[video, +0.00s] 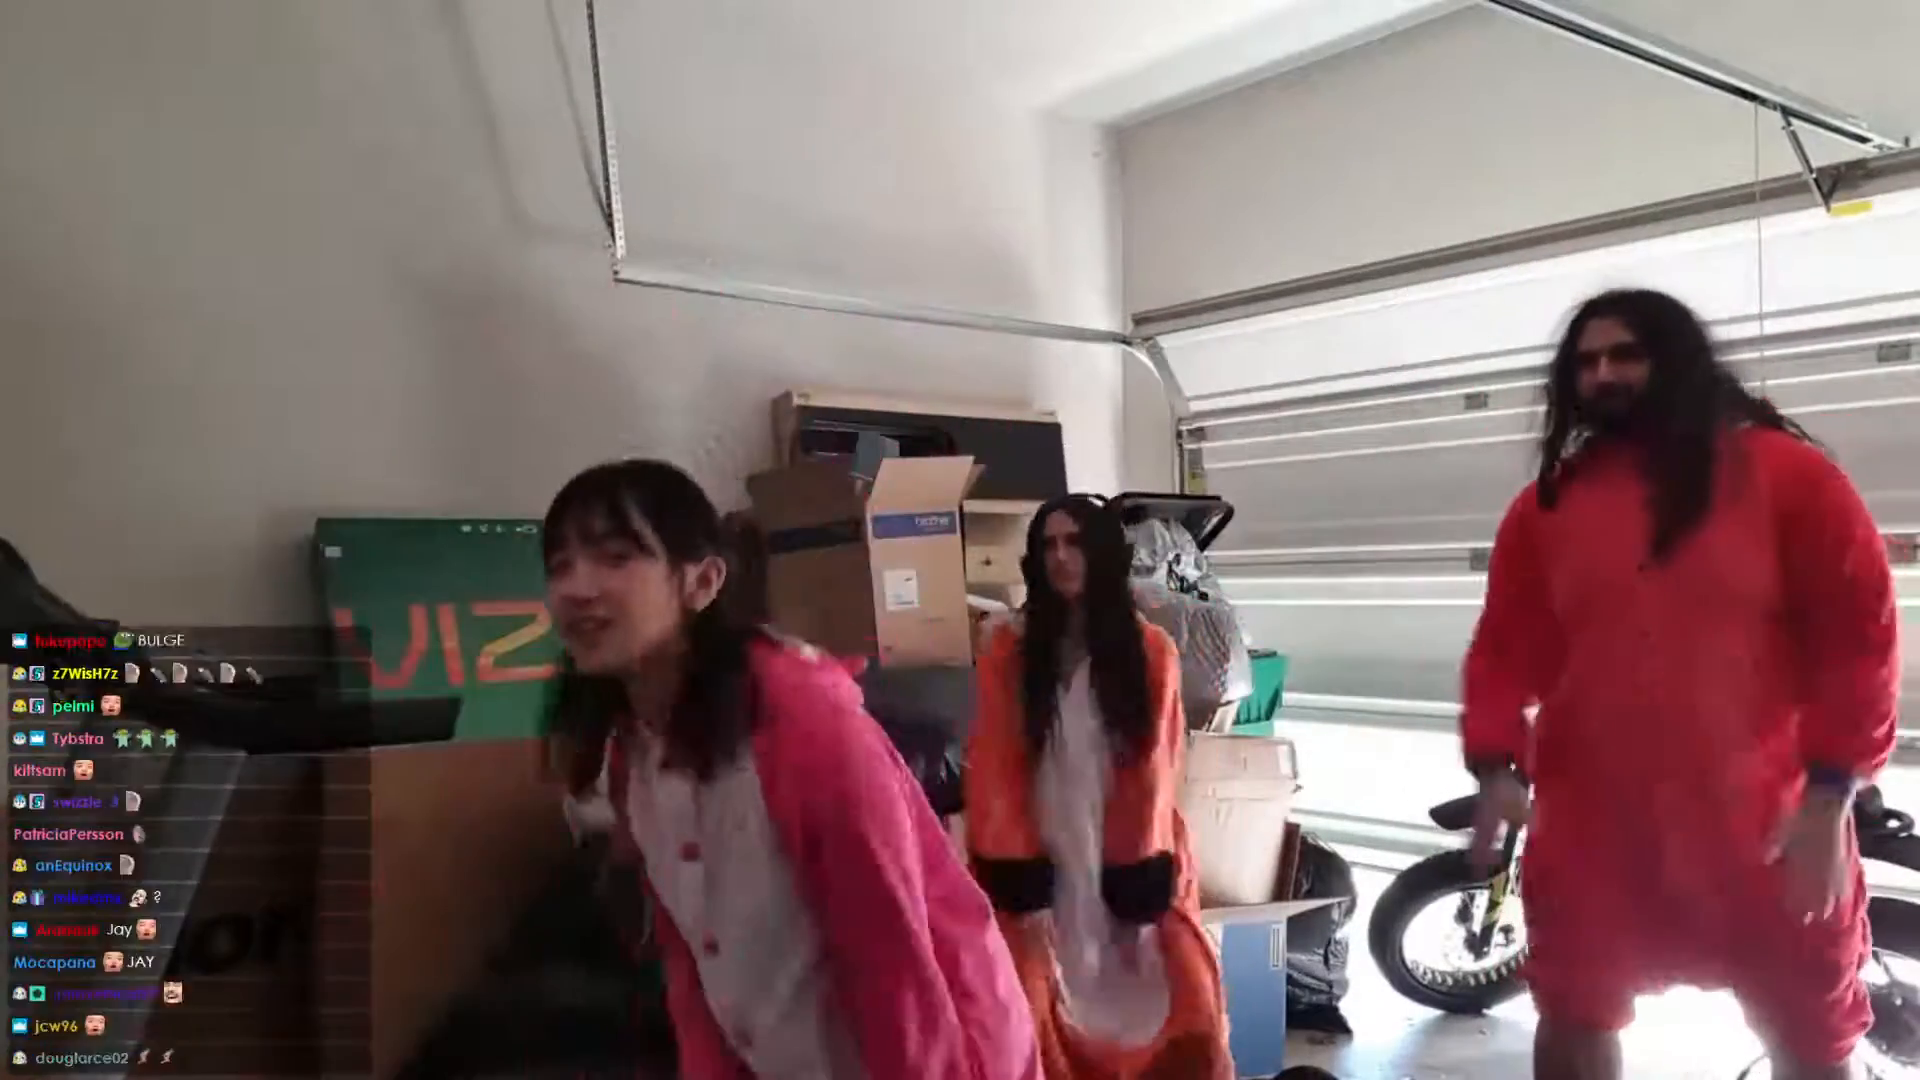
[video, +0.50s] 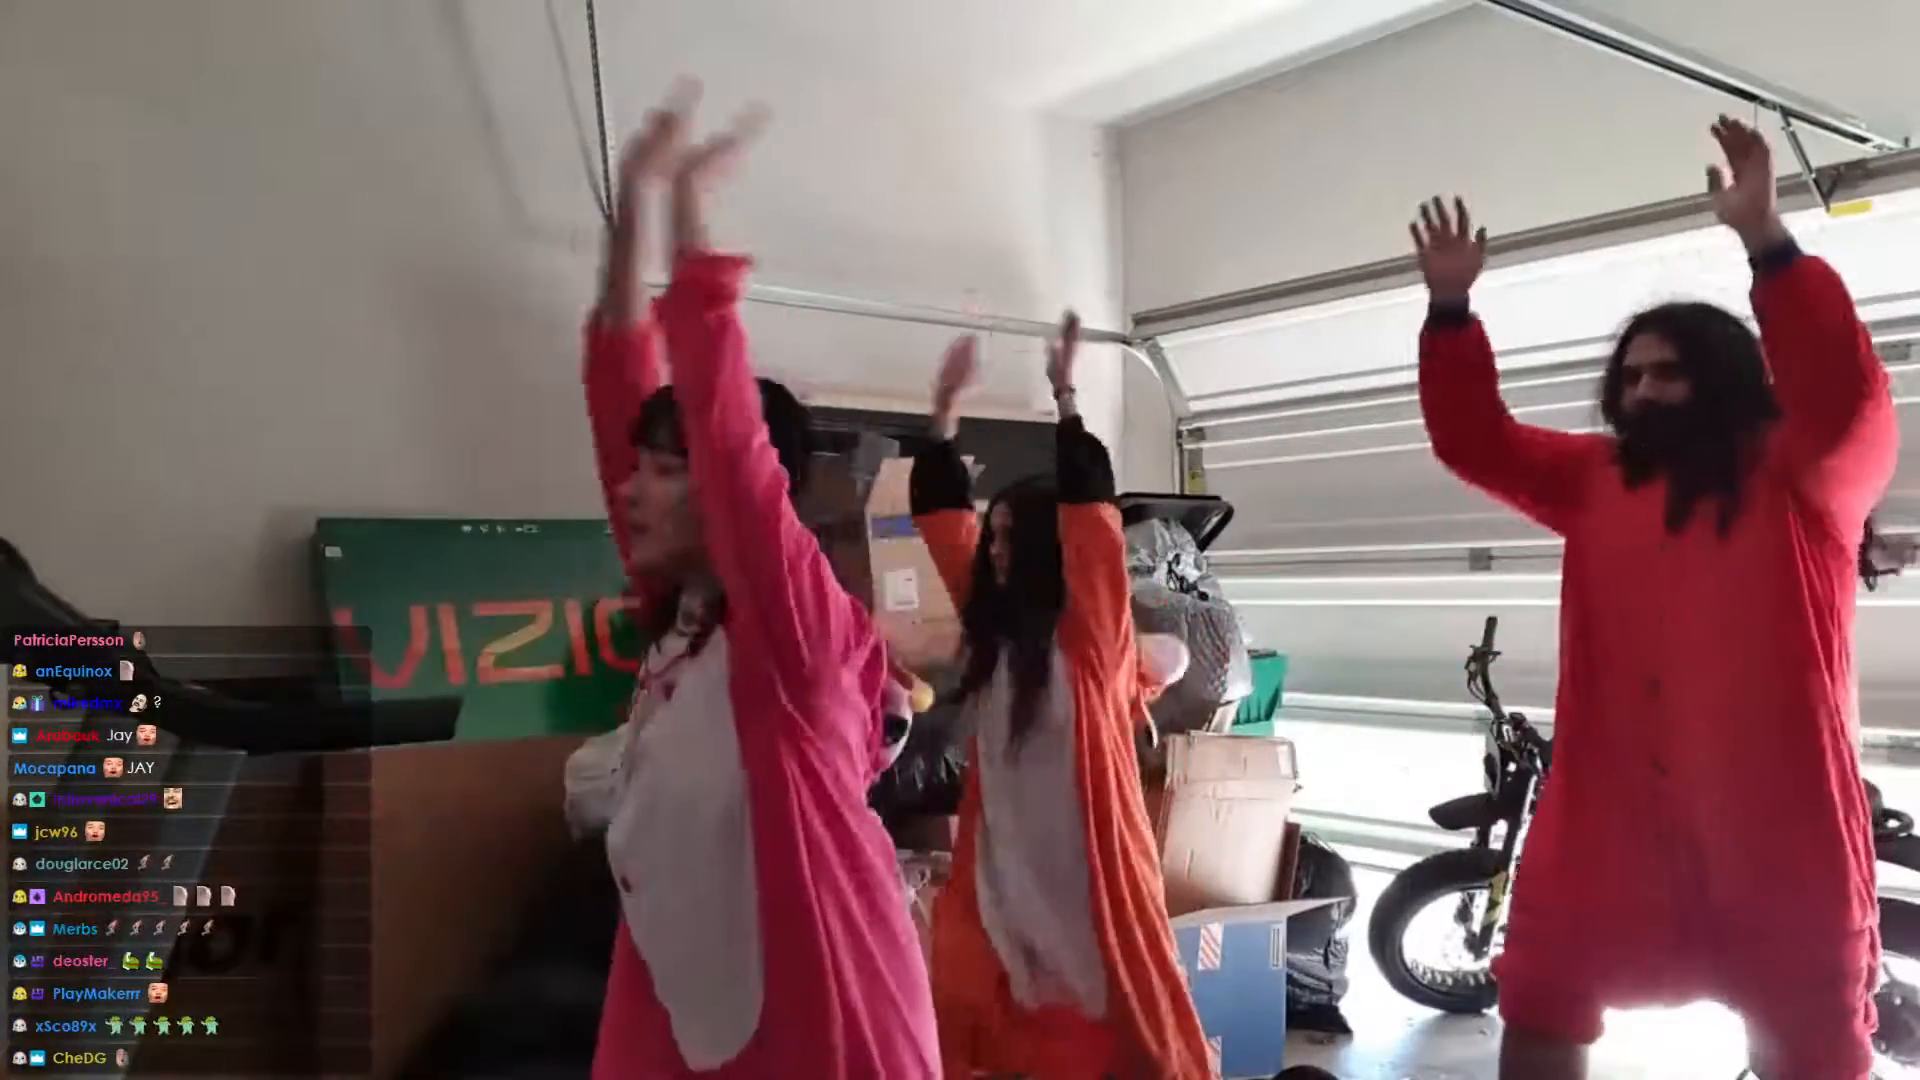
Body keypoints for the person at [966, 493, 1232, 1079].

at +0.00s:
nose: (1061, 557)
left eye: (1075, 543)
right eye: (1049, 545)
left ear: (1105, 551)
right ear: (1036, 558)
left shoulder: (1149, 649)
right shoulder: (1008, 650)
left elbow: (1155, 764)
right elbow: (993, 761)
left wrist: (1141, 885)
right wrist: (1011, 868)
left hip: (1126, 861)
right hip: (1042, 861)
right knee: (1032, 1001)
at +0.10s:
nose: (1045, 508)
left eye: (1060, 495)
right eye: (1037, 496)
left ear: (1093, 505)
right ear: (1025, 507)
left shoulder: (1129, 597)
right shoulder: (1001, 596)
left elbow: (1120, 695)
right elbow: (970, 693)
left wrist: (1090, 783)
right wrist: (949, 782)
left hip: (1096, 811)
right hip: (1007, 811)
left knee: (1133, 966)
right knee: (1014, 967)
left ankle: (1172, 1065)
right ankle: (1035, 1068)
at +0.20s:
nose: (1039, 481)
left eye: (1054, 467)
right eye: (1030, 469)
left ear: (1091, 474)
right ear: (1019, 478)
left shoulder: (1126, 553)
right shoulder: (999, 554)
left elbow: (1087, 607)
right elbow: (900, 574)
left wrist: (1013, 554)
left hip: (1097, 769)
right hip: (1004, 769)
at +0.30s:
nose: (1048, 493)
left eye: (1063, 479)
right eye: (1037, 478)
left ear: (1095, 484)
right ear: (1018, 482)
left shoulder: (1117, 559)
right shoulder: (986, 550)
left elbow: (1075, 489)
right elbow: (898, 499)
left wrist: (1027, 401)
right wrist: (849, 422)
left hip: (1102, 803)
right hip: (1004, 805)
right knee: (973, 968)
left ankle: (1178, 1057)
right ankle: (967, 1057)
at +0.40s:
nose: (998, 530)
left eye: (1013, 517)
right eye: (997, 518)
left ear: (1053, 529)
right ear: (992, 528)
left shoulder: (1089, 613)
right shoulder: (992, 607)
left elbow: (1098, 519)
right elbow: (961, 495)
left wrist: (1086, 395)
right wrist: (979, 389)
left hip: (1093, 860)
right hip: (1000, 861)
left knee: (1150, 1031)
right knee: (948, 1025)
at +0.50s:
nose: (993, 550)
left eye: (1008, 534)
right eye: (992, 536)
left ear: (1051, 541)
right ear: (989, 548)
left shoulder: (1090, 635)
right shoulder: (992, 630)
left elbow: (1092, 523)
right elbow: (946, 524)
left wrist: (1064, 394)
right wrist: (941, 417)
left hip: (1085, 881)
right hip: (995, 886)